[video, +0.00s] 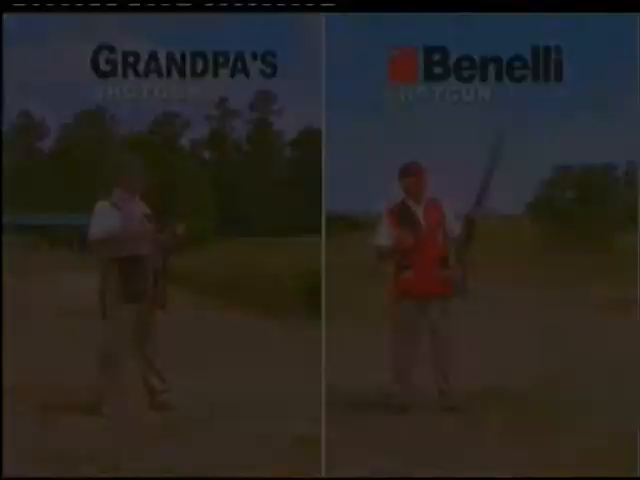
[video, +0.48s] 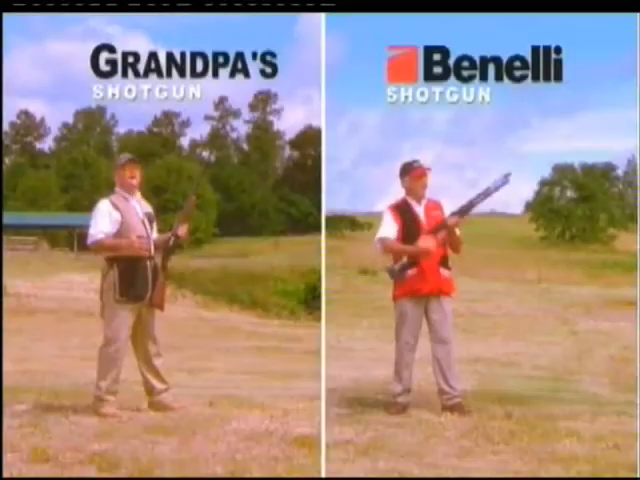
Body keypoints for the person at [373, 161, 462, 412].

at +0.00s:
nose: (415, 187)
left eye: (419, 181)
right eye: (410, 182)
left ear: (425, 183)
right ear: (402, 185)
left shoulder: (437, 211)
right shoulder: (393, 214)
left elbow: (451, 241)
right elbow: (382, 250)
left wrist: (466, 231)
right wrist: (401, 247)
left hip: (437, 286)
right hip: (407, 288)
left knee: (442, 338)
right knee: (405, 340)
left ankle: (445, 389)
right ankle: (403, 389)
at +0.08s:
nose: (419, 184)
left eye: (421, 179)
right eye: (413, 179)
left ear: (426, 181)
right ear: (403, 182)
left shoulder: (438, 210)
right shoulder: (391, 214)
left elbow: (455, 242)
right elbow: (381, 251)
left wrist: (467, 226)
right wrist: (399, 244)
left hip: (438, 284)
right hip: (408, 285)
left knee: (442, 340)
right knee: (405, 340)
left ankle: (447, 392)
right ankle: (402, 391)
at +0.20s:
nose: (421, 184)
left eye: (423, 178)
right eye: (415, 179)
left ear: (427, 180)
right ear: (404, 182)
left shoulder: (440, 209)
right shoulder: (393, 212)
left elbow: (453, 246)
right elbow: (380, 248)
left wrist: (461, 229)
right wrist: (400, 243)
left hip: (438, 281)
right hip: (409, 282)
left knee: (443, 341)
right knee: (406, 342)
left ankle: (450, 395)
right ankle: (401, 394)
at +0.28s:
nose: (423, 183)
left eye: (424, 178)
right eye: (417, 179)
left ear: (427, 180)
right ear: (404, 182)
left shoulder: (439, 208)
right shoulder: (393, 212)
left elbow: (455, 247)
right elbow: (380, 246)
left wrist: (457, 230)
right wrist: (401, 243)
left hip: (438, 279)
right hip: (409, 281)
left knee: (443, 340)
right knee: (406, 342)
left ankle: (451, 396)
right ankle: (401, 395)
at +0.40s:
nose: (422, 183)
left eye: (424, 178)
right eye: (417, 179)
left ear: (427, 180)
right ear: (405, 182)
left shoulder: (438, 208)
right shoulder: (394, 211)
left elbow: (456, 248)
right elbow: (382, 244)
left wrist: (453, 231)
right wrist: (409, 246)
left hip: (438, 278)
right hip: (409, 279)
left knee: (443, 339)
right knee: (406, 341)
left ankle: (451, 395)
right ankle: (401, 394)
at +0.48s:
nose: (422, 183)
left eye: (424, 178)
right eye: (417, 178)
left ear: (428, 180)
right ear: (405, 182)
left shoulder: (437, 208)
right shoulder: (394, 211)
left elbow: (456, 248)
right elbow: (384, 242)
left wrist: (452, 230)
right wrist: (415, 249)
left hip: (438, 278)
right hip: (410, 280)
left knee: (443, 339)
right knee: (406, 341)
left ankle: (451, 396)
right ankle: (401, 395)